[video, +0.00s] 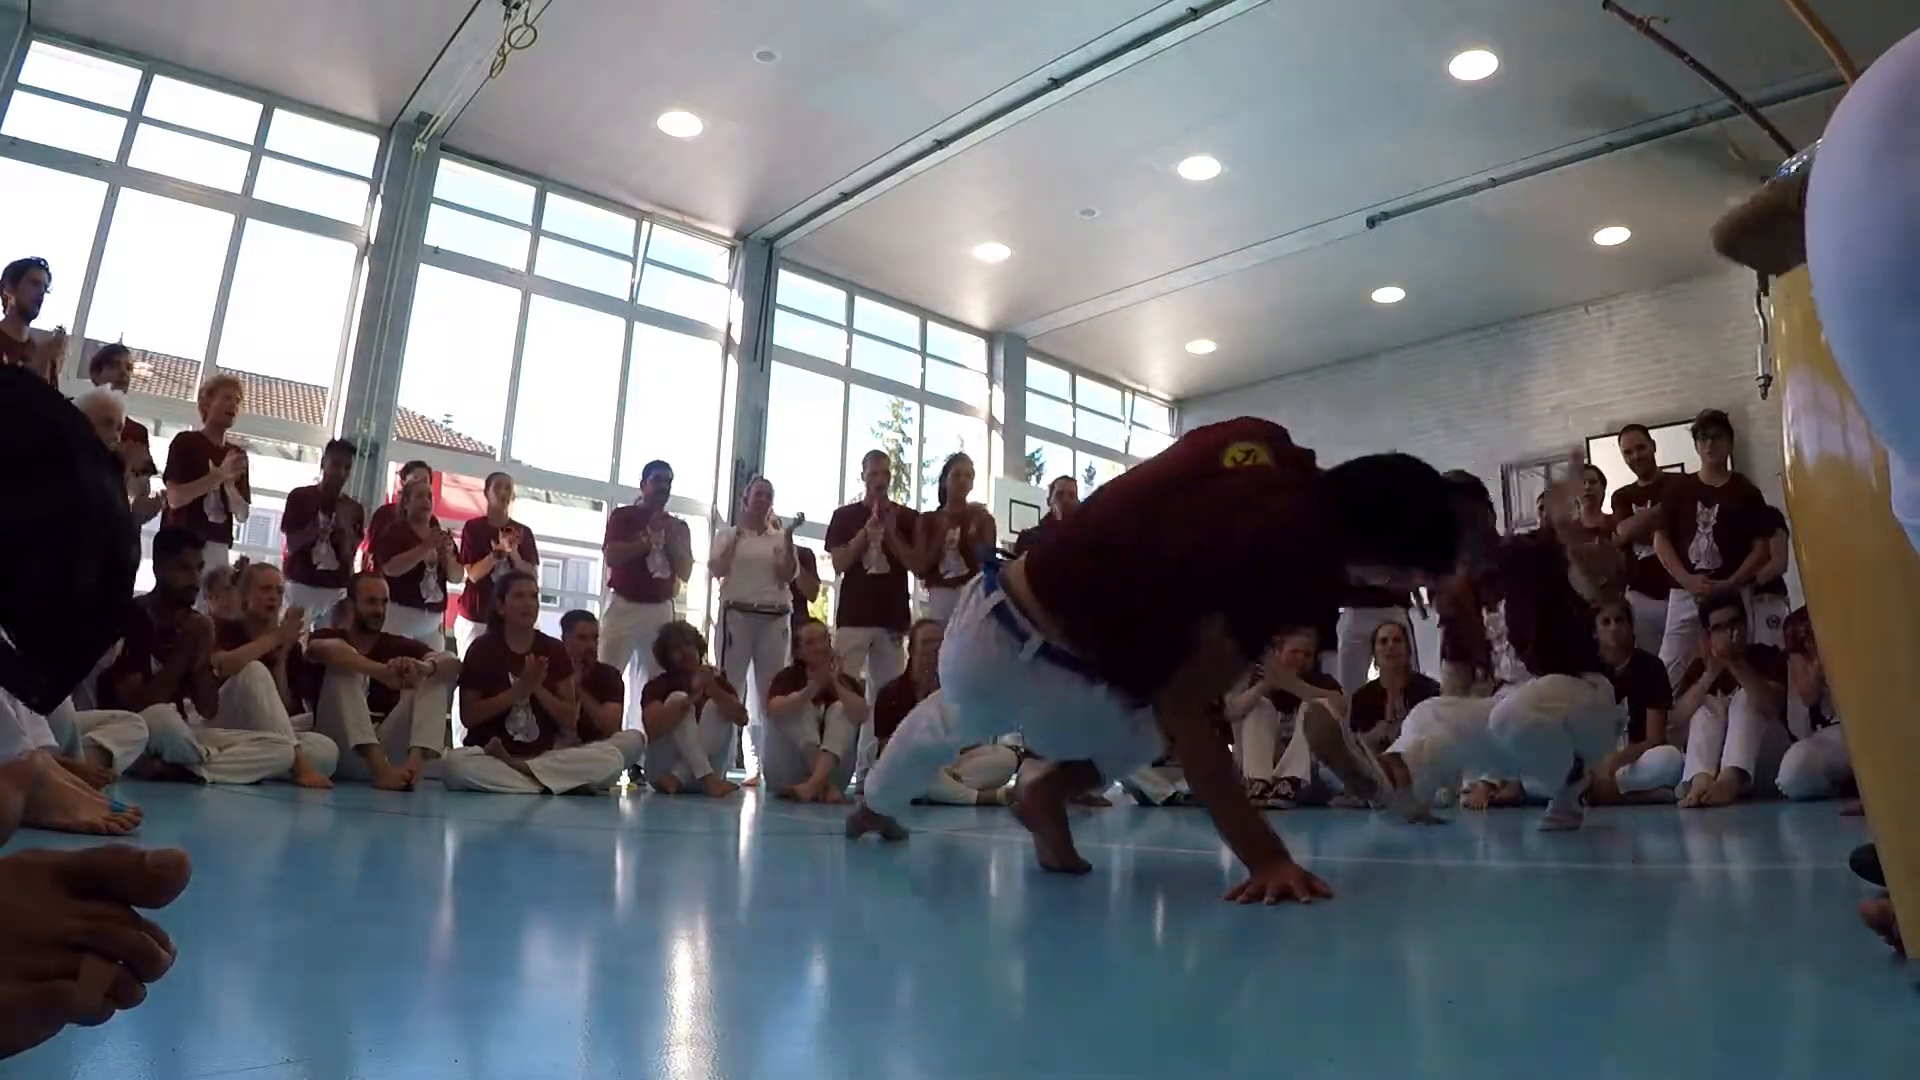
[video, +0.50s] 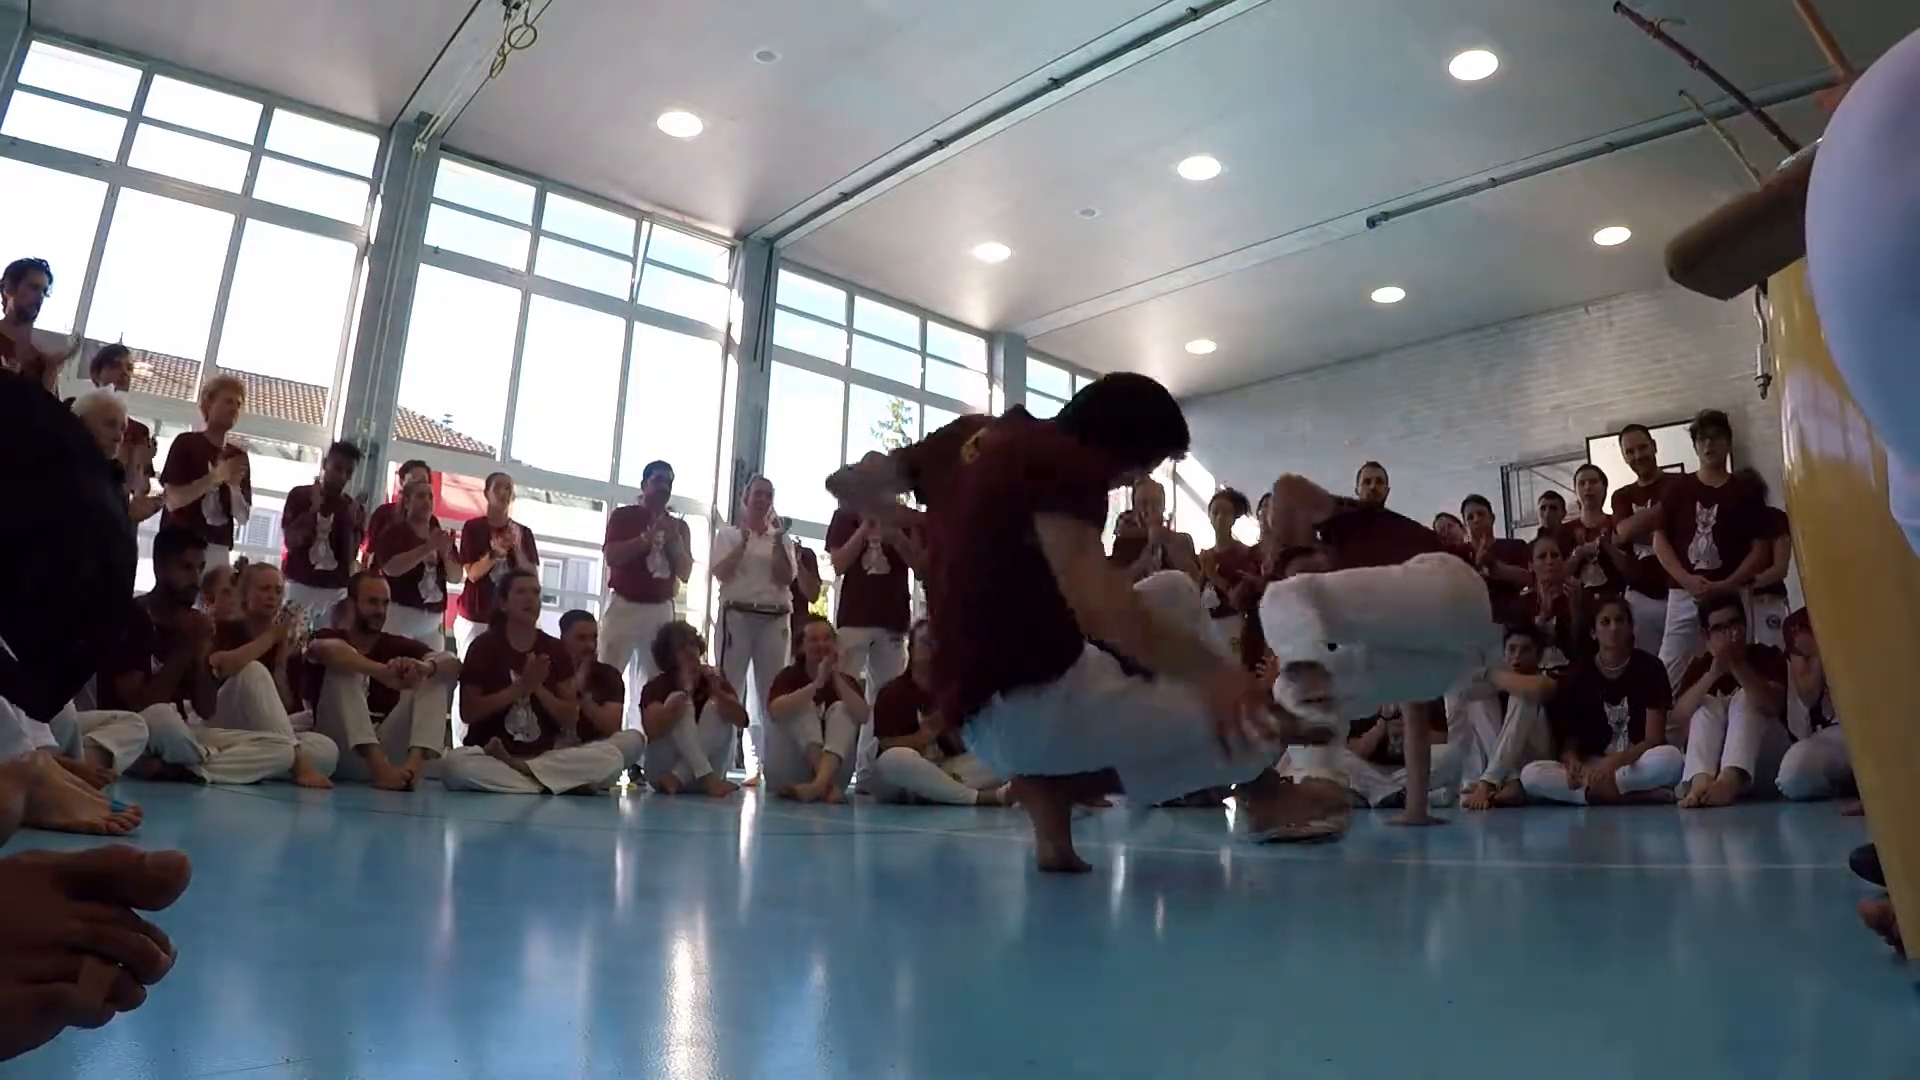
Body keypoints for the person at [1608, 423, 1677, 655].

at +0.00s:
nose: (1636, 457)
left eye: (1641, 448)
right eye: (1629, 452)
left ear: (1653, 446)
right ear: (1623, 457)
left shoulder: (1679, 483)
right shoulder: (1621, 496)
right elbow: (1622, 533)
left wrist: (1633, 525)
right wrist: (1665, 509)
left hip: (1679, 592)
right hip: (1641, 596)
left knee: (1686, 671)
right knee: (1646, 670)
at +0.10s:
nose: (1637, 457)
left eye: (1642, 448)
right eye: (1629, 452)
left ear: (1654, 447)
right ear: (1623, 457)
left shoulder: (1679, 483)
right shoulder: (1621, 496)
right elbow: (1621, 534)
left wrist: (1631, 526)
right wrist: (1665, 509)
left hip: (1680, 593)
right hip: (1641, 596)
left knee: (1684, 671)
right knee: (1645, 669)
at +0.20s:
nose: (1637, 457)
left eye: (1642, 448)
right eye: (1630, 452)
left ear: (1653, 447)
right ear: (1623, 457)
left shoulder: (1679, 483)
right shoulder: (1621, 496)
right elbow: (1623, 533)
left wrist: (1633, 524)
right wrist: (1663, 511)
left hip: (1679, 591)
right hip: (1641, 593)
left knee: (1682, 671)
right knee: (1643, 670)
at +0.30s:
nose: (1637, 457)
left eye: (1642, 448)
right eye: (1630, 452)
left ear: (1654, 447)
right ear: (1624, 457)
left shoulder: (1679, 483)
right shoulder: (1621, 496)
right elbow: (1623, 533)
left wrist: (1633, 524)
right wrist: (1663, 511)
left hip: (1679, 590)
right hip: (1641, 593)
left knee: (1683, 670)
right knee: (1643, 670)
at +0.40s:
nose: (1638, 456)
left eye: (1642, 448)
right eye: (1630, 452)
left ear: (1654, 447)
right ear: (1624, 457)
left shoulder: (1679, 483)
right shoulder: (1621, 496)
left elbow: (1687, 523)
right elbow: (1623, 533)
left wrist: (1634, 524)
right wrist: (1664, 511)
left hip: (1679, 590)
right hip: (1641, 593)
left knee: (1683, 670)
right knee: (1643, 669)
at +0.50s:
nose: (1638, 456)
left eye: (1642, 448)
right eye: (1630, 452)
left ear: (1654, 447)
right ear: (1624, 457)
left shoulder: (1679, 483)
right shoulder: (1621, 496)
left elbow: (1687, 522)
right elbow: (1623, 533)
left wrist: (1635, 523)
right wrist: (1663, 511)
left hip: (1679, 590)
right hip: (1641, 592)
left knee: (1683, 669)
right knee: (1644, 669)